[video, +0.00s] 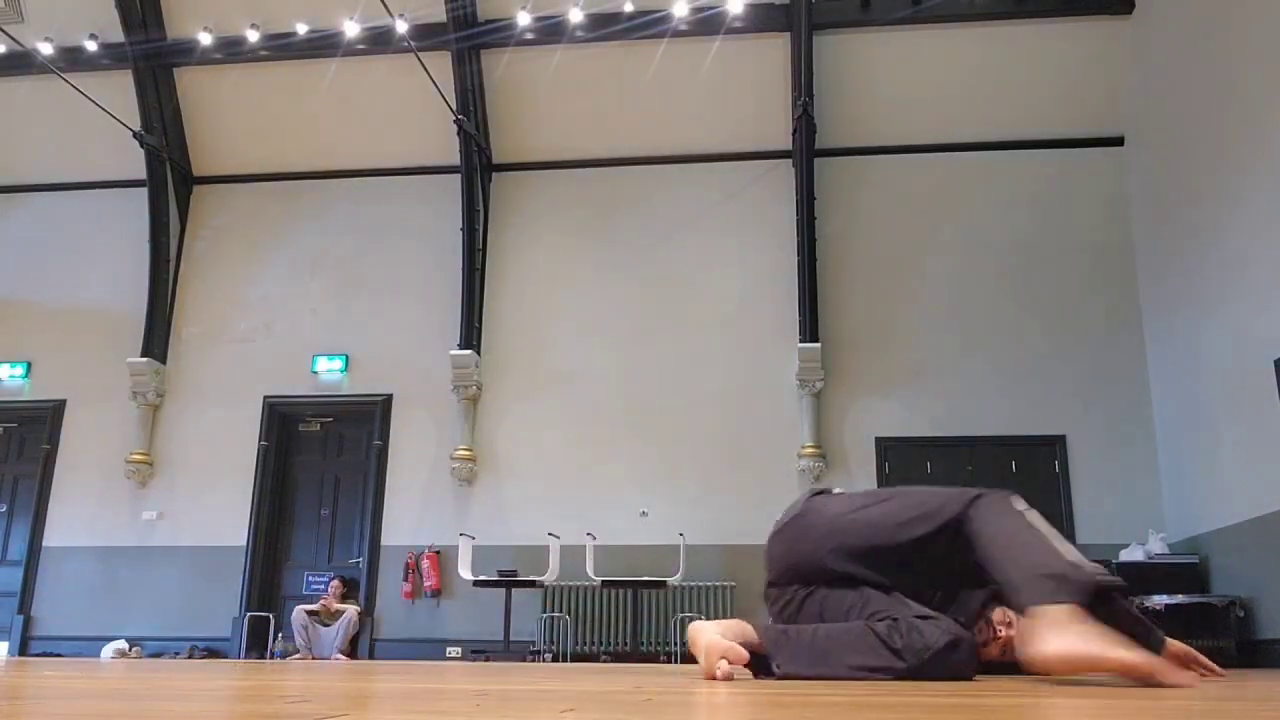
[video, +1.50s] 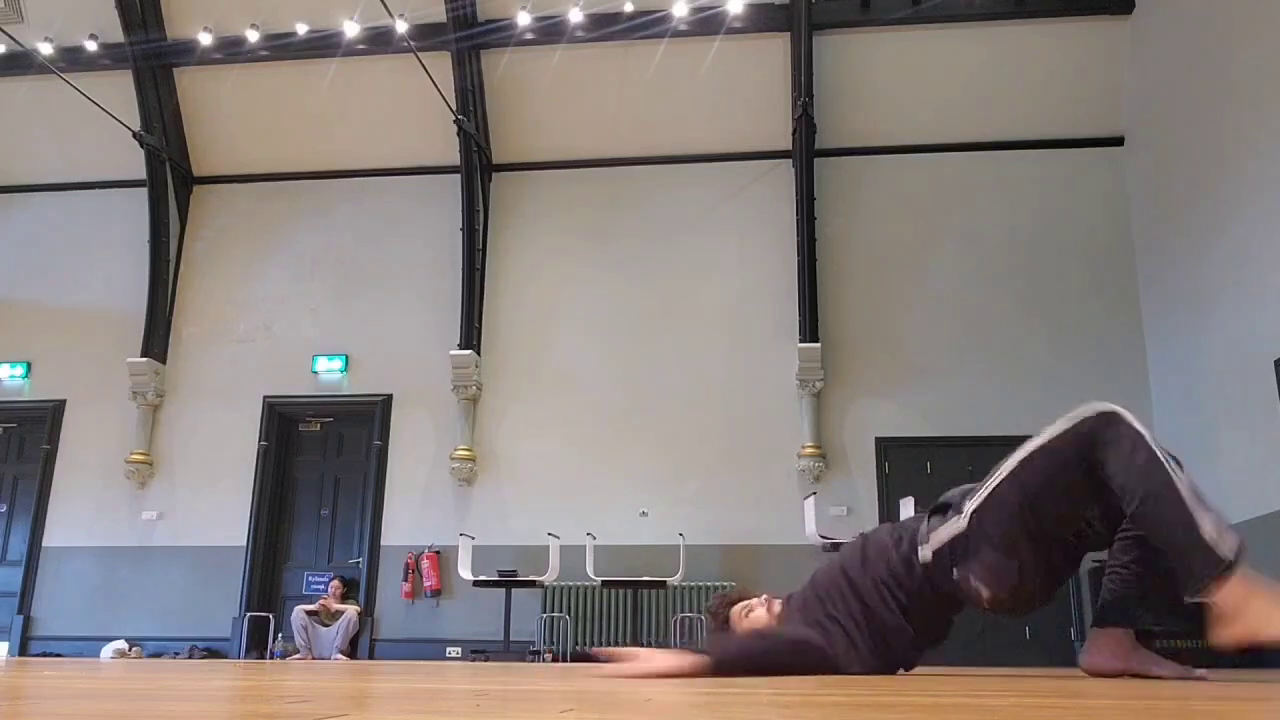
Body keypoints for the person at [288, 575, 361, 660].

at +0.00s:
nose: (333, 591)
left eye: (337, 588)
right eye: (331, 587)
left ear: (343, 590)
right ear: (328, 589)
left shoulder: (349, 603)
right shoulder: (323, 603)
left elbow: (357, 610)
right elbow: (297, 608)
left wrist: (335, 607)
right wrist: (317, 607)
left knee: (352, 613)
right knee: (297, 612)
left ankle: (336, 653)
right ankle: (304, 652)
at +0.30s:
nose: (333, 591)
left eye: (337, 588)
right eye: (331, 588)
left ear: (344, 590)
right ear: (328, 589)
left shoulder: (349, 602)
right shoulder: (323, 603)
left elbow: (357, 610)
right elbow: (297, 608)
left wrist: (334, 606)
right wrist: (318, 607)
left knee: (352, 614)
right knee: (297, 612)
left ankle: (336, 653)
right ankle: (304, 653)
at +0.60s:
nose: (333, 591)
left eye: (337, 588)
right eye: (331, 588)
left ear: (344, 590)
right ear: (328, 589)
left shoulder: (349, 602)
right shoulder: (323, 603)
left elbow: (357, 610)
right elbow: (297, 608)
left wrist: (334, 606)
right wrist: (317, 607)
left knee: (352, 614)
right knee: (297, 612)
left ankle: (336, 653)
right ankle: (304, 653)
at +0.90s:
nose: (333, 591)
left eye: (337, 588)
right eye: (331, 588)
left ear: (344, 590)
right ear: (328, 589)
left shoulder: (349, 602)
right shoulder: (323, 602)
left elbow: (357, 610)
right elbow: (297, 608)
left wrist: (334, 606)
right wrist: (316, 607)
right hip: (316, 637)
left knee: (352, 614)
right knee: (297, 612)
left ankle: (336, 653)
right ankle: (304, 653)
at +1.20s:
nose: (333, 591)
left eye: (337, 588)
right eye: (331, 588)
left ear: (344, 590)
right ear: (328, 589)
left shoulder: (349, 602)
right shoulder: (323, 602)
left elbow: (357, 610)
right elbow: (297, 608)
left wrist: (334, 606)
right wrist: (315, 607)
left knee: (352, 614)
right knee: (297, 612)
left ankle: (337, 653)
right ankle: (304, 653)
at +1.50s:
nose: (333, 591)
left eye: (337, 588)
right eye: (331, 588)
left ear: (343, 590)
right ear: (328, 589)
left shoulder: (349, 602)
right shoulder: (323, 602)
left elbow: (357, 610)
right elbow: (297, 608)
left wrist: (334, 606)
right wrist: (315, 607)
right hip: (316, 636)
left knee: (352, 614)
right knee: (297, 612)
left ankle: (336, 653)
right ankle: (304, 653)